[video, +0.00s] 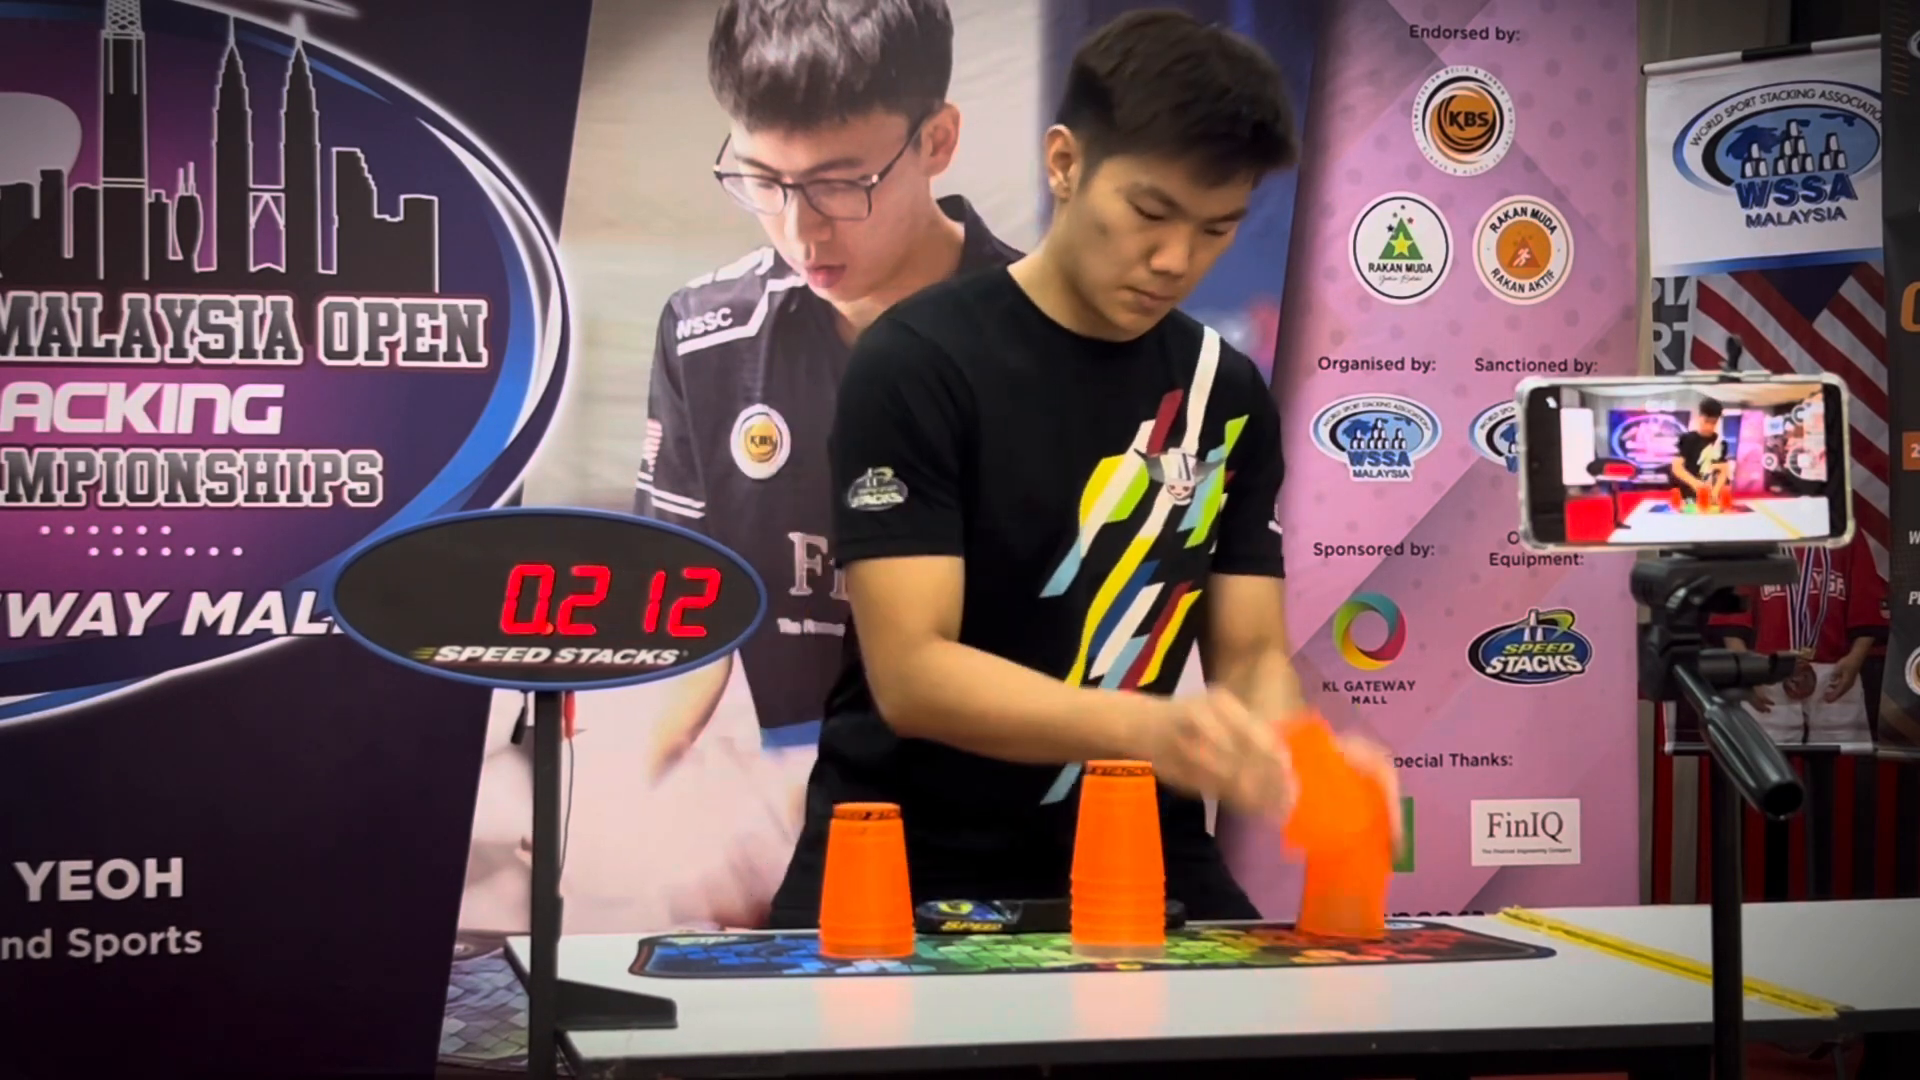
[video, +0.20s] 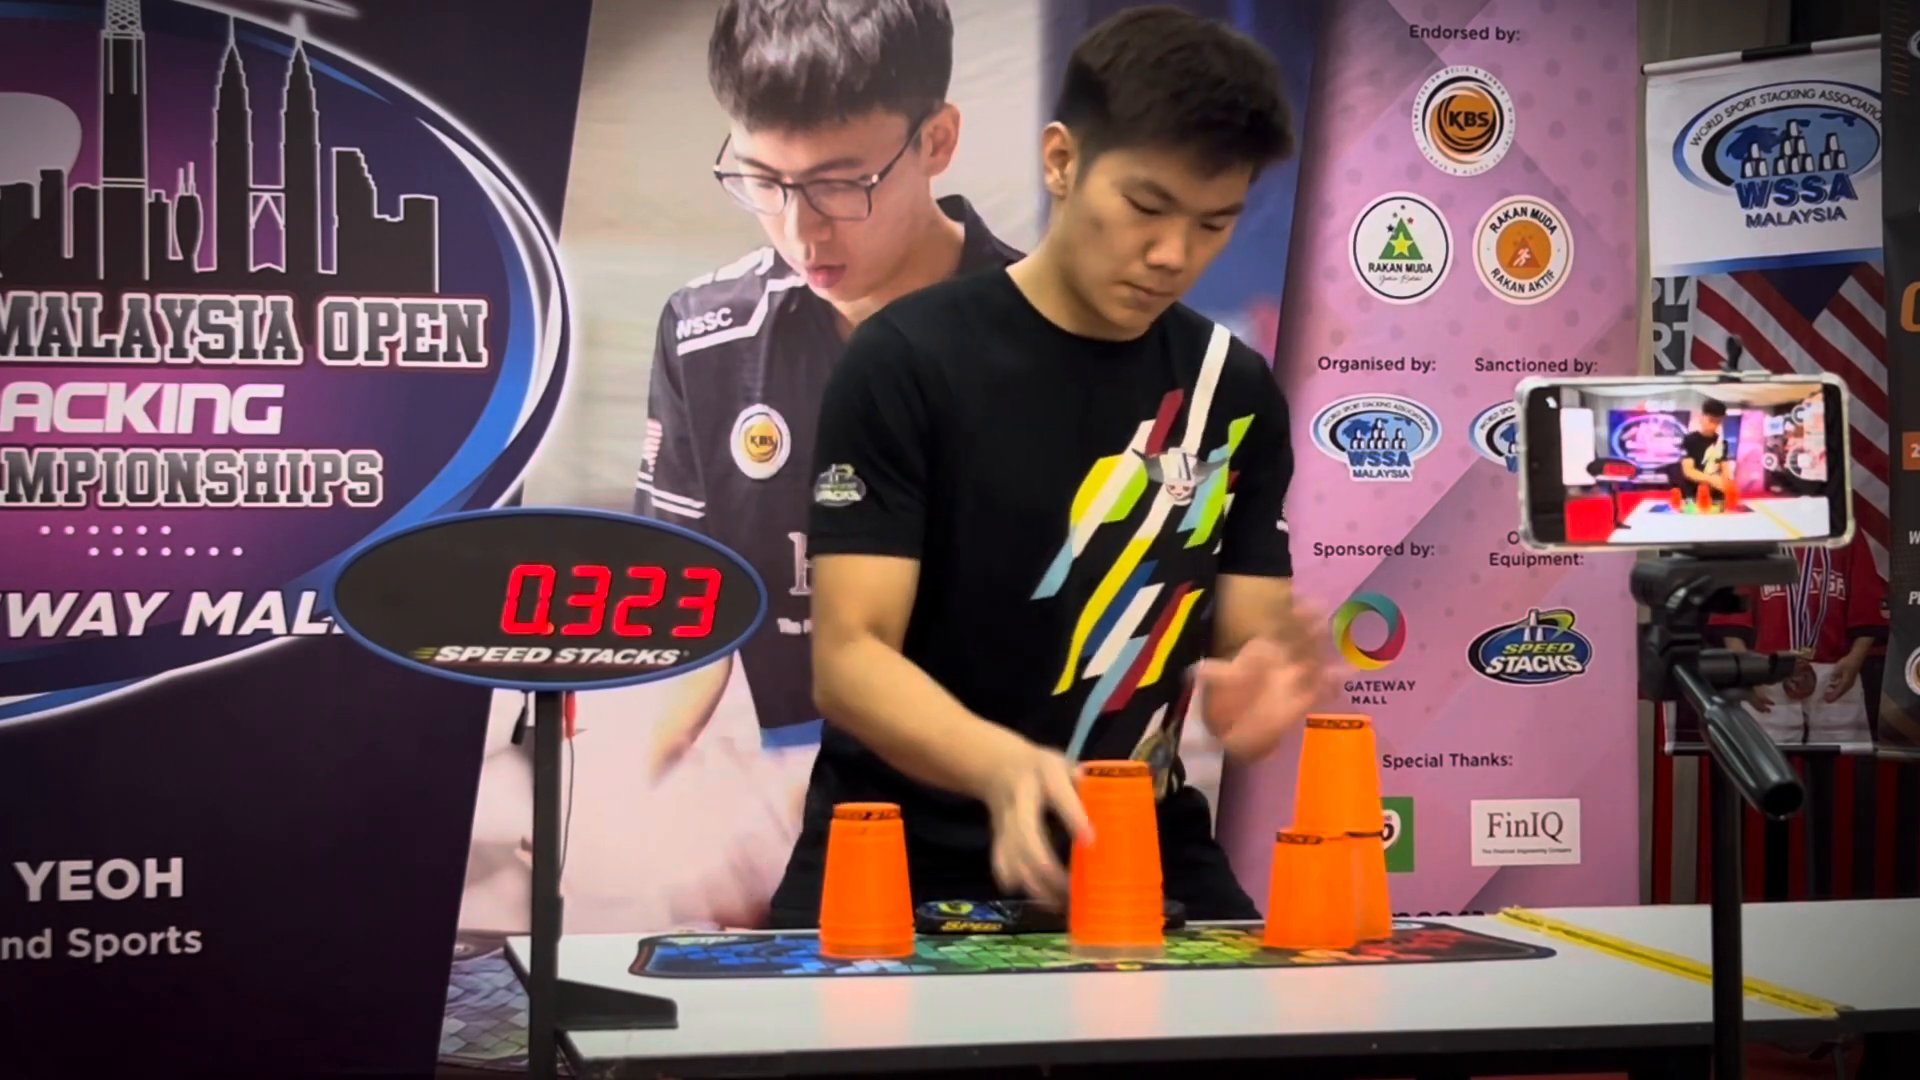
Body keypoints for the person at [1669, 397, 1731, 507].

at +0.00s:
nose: (1709, 427)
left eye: (1713, 422)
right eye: (1706, 421)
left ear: (1717, 421)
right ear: (1699, 418)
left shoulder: (1721, 443)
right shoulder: (1687, 439)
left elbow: (1723, 471)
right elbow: (1676, 467)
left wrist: (1715, 491)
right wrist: (1696, 485)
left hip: (1711, 497)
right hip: (1688, 497)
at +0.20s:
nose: (1714, 426)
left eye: (1717, 422)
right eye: (1711, 421)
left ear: (1721, 422)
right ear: (1702, 418)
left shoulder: (1721, 443)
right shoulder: (1690, 440)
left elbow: (1724, 467)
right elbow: (1688, 470)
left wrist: (1726, 482)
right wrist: (1713, 480)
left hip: (1715, 496)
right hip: (1693, 495)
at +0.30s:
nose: (1714, 426)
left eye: (1718, 422)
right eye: (1712, 421)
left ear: (1721, 422)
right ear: (1703, 418)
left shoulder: (1722, 443)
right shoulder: (1691, 440)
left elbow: (1725, 467)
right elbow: (1688, 470)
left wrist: (1729, 487)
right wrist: (1713, 486)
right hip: (1693, 494)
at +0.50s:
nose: (1712, 425)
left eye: (1716, 421)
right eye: (1710, 420)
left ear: (1720, 422)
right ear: (1701, 418)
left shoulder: (1721, 443)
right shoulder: (1689, 439)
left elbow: (1723, 471)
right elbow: (1681, 469)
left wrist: (1715, 489)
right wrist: (1696, 486)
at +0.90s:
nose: (1710, 423)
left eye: (1714, 418)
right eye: (1707, 417)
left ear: (1717, 418)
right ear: (1700, 414)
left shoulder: (1721, 440)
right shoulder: (1688, 437)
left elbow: (1724, 468)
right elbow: (1677, 463)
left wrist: (1715, 484)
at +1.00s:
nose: (1708, 423)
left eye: (1712, 419)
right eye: (1705, 417)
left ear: (1716, 419)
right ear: (1698, 415)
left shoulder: (1720, 442)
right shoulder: (1686, 438)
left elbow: (1723, 468)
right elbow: (1678, 462)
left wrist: (1711, 477)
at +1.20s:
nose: (1701, 423)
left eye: (1705, 418)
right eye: (1698, 418)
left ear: (1711, 419)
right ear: (1694, 417)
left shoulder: (1718, 442)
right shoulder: (1683, 438)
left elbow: (1714, 473)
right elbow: (1674, 460)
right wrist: (1667, 484)